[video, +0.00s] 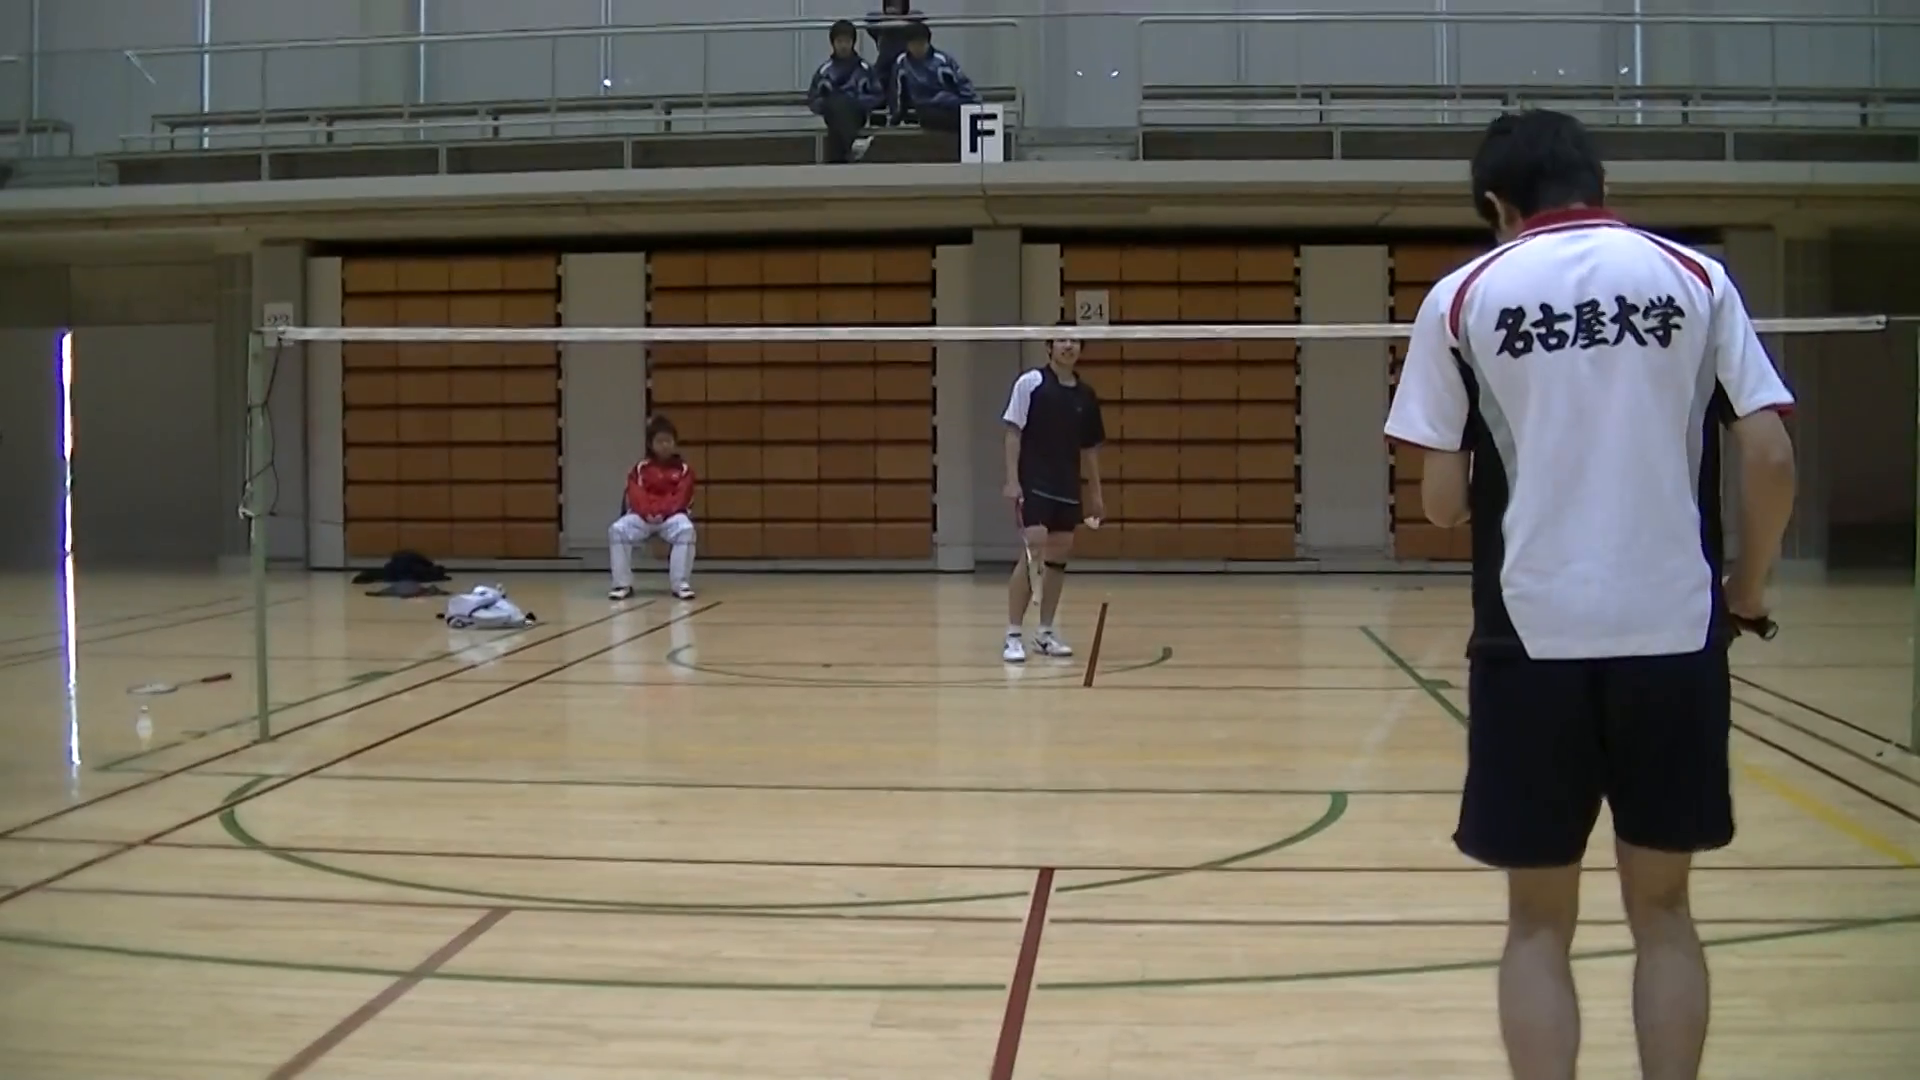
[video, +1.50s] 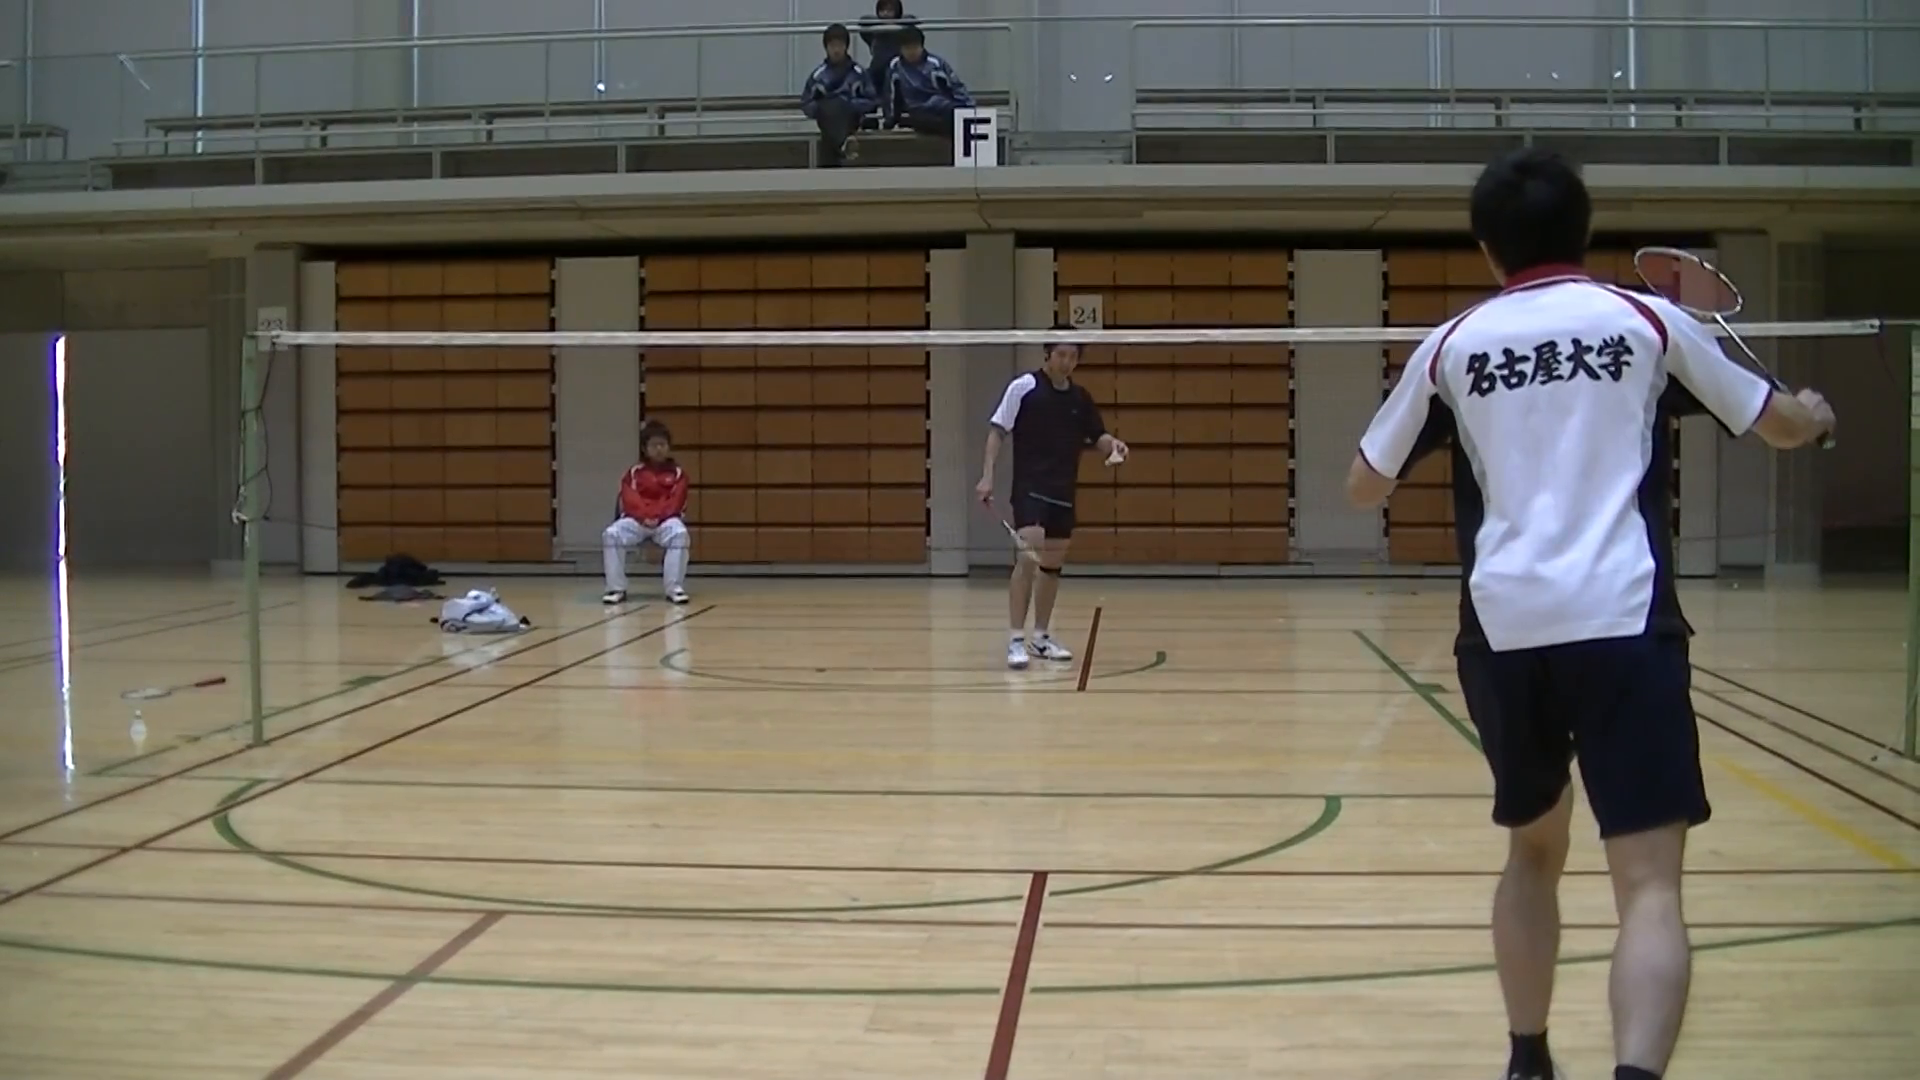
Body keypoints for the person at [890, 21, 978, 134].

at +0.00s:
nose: (918, 49)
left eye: (921, 44)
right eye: (913, 45)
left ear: (928, 43)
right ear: (907, 45)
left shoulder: (943, 60)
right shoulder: (902, 64)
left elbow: (962, 83)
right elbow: (898, 93)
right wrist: (894, 119)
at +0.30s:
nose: (916, 54)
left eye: (919, 49)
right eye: (912, 49)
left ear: (926, 47)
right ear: (905, 49)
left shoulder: (942, 65)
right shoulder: (900, 67)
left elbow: (962, 89)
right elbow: (896, 96)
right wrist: (896, 119)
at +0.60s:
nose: (915, 54)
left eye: (918, 49)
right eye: (910, 49)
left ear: (925, 48)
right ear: (904, 50)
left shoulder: (939, 65)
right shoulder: (898, 68)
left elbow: (959, 88)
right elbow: (895, 97)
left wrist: (971, 109)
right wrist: (892, 123)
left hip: (949, 110)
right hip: (921, 113)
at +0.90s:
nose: (913, 54)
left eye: (917, 49)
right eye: (909, 49)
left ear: (924, 48)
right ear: (903, 50)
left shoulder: (938, 65)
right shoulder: (897, 68)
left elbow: (957, 88)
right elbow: (893, 97)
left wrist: (970, 108)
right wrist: (892, 122)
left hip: (948, 110)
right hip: (920, 113)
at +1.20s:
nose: (911, 53)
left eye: (915, 48)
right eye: (907, 49)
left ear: (922, 48)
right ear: (901, 50)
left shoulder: (937, 64)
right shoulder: (895, 68)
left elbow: (955, 86)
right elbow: (891, 96)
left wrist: (968, 106)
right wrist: (890, 121)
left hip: (945, 107)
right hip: (916, 112)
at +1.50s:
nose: (911, 53)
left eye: (915, 48)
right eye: (907, 48)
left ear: (922, 48)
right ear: (901, 50)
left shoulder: (937, 64)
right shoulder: (895, 68)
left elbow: (955, 86)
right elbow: (891, 96)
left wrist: (968, 107)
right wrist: (890, 121)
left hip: (946, 109)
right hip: (917, 113)